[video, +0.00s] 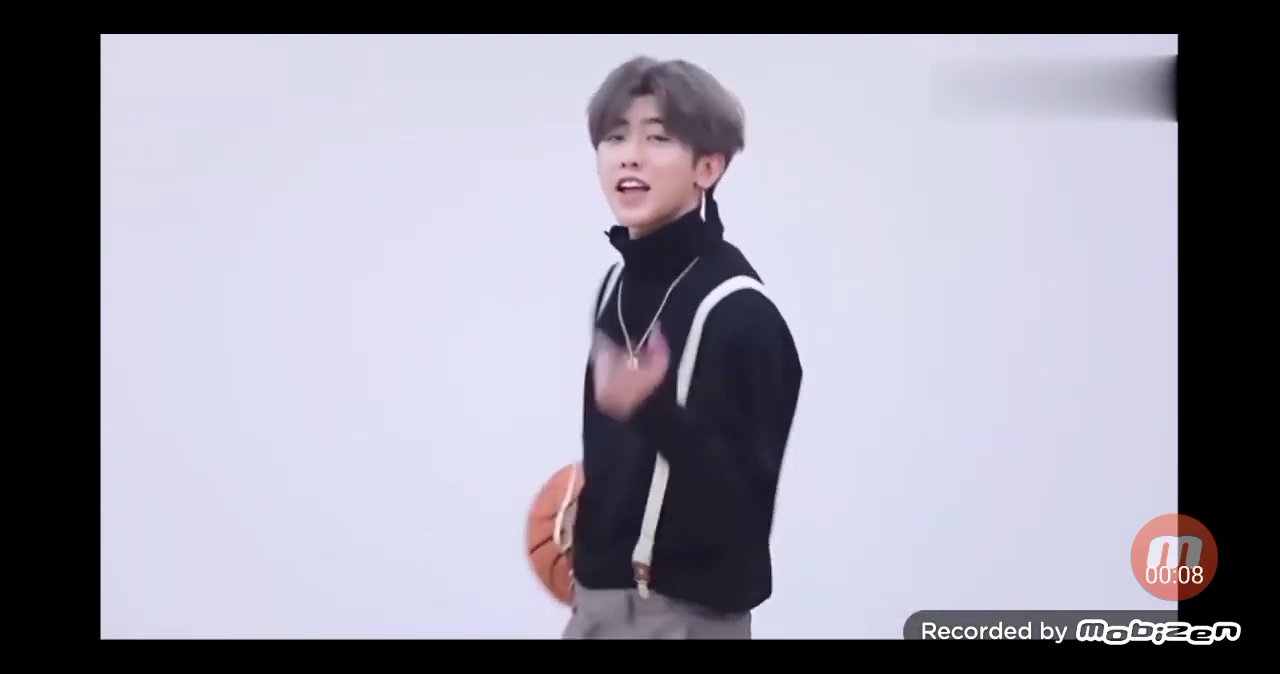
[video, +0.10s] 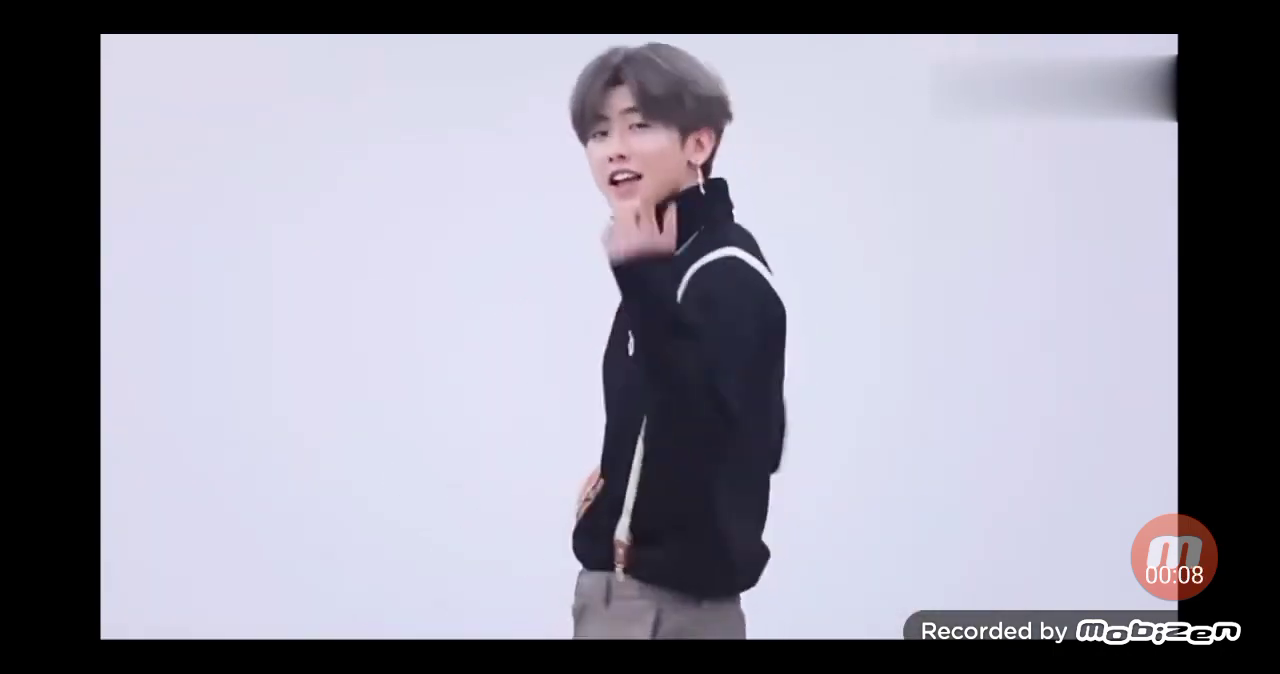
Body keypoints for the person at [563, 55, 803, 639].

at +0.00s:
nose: (630, 156)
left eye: (658, 138)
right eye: (615, 137)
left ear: (707, 168)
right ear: (598, 156)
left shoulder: (740, 314)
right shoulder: (616, 286)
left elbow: (741, 495)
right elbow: (618, 441)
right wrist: (583, 513)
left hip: (691, 610)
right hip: (599, 599)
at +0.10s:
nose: (614, 149)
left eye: (640, 125)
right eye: (600, 133)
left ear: (698, 145)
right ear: (587, 151)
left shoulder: (726, 275)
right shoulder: (660, 260)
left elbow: (713, 421)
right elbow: (664, 417)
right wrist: (612, 476)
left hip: (668, 597)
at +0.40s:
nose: (590, 174)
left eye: (611, 148)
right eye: (574, 167)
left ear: (674, 156)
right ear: (569, 195)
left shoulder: (692, 268)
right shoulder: (725, 259)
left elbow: (665, 408)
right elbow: (810, 448)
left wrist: (579, 285)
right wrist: (800, 564)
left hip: (654, 600)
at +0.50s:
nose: (585, 176)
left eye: (603, 148)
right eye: (567, 170)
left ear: (665, 155)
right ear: (564, 200)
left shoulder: (694, 262)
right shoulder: (713, 259)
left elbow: (712, 432)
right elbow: (804, 462)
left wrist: (559, 359)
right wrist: (801, 593)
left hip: (659, 600)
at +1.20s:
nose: (543, 185)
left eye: (559, 162)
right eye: (530, 170)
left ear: (610, 162)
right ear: (520, 180)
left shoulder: (689, 252)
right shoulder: (526, 295)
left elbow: (734, 392)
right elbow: (513, 411)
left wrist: (639, 404)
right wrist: (491, 453)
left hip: (711, 515)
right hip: (605, 527)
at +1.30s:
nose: (562, 218)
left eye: (577, 199)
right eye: (550, 204)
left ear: (620, 200)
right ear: (540, 213)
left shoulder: (690, 282)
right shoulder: (545, 318)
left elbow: (732, 401)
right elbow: (523, 438)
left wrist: (658, 404)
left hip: (705, 515)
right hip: (611, 520)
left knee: (718, 633)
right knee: (608, 631)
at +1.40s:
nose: (590, 252)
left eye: (603, 237)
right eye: (579, 240)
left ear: (638, 241)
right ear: (570, 249)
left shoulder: (696, 309)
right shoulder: (572, 333)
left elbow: (727, 408)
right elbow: (540, 446)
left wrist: (692, 403)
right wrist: (494, 544)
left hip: (689, 490)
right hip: (609, 492)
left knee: (685, 628)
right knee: (608, 606)